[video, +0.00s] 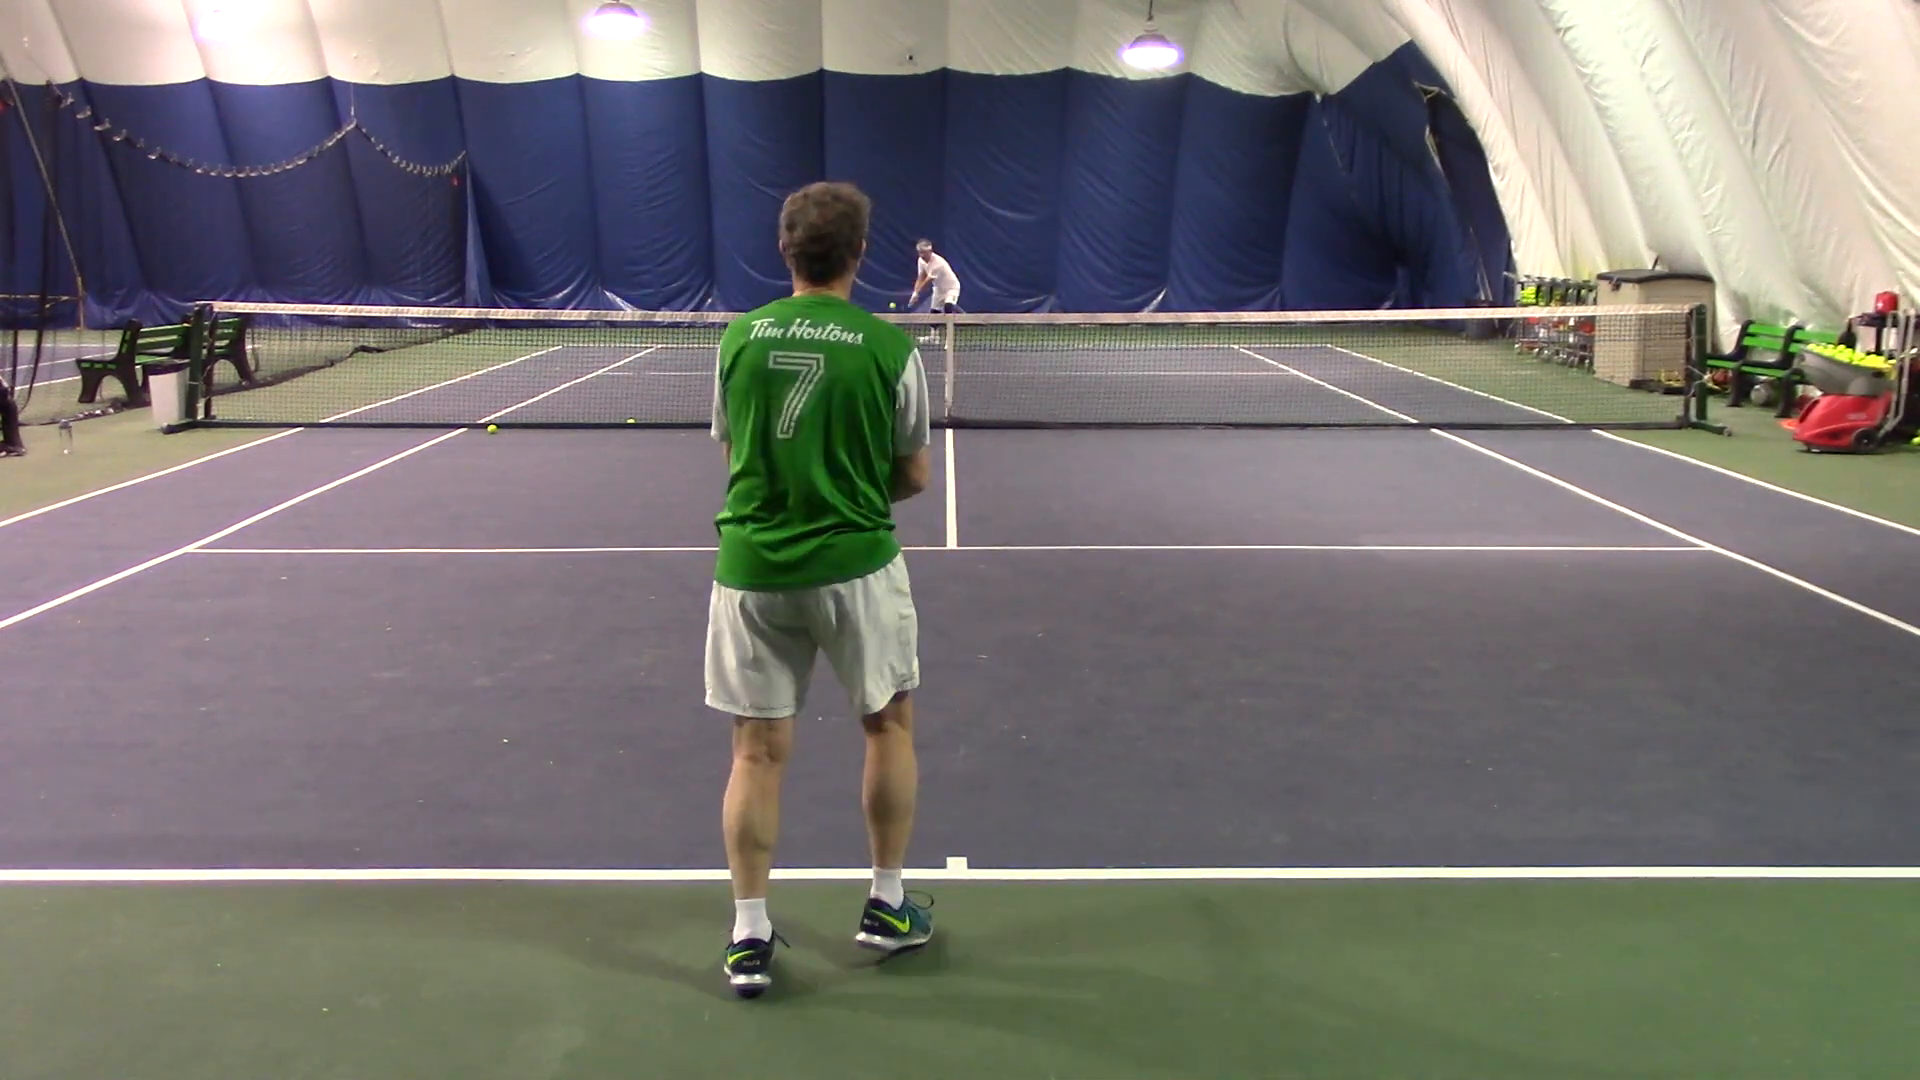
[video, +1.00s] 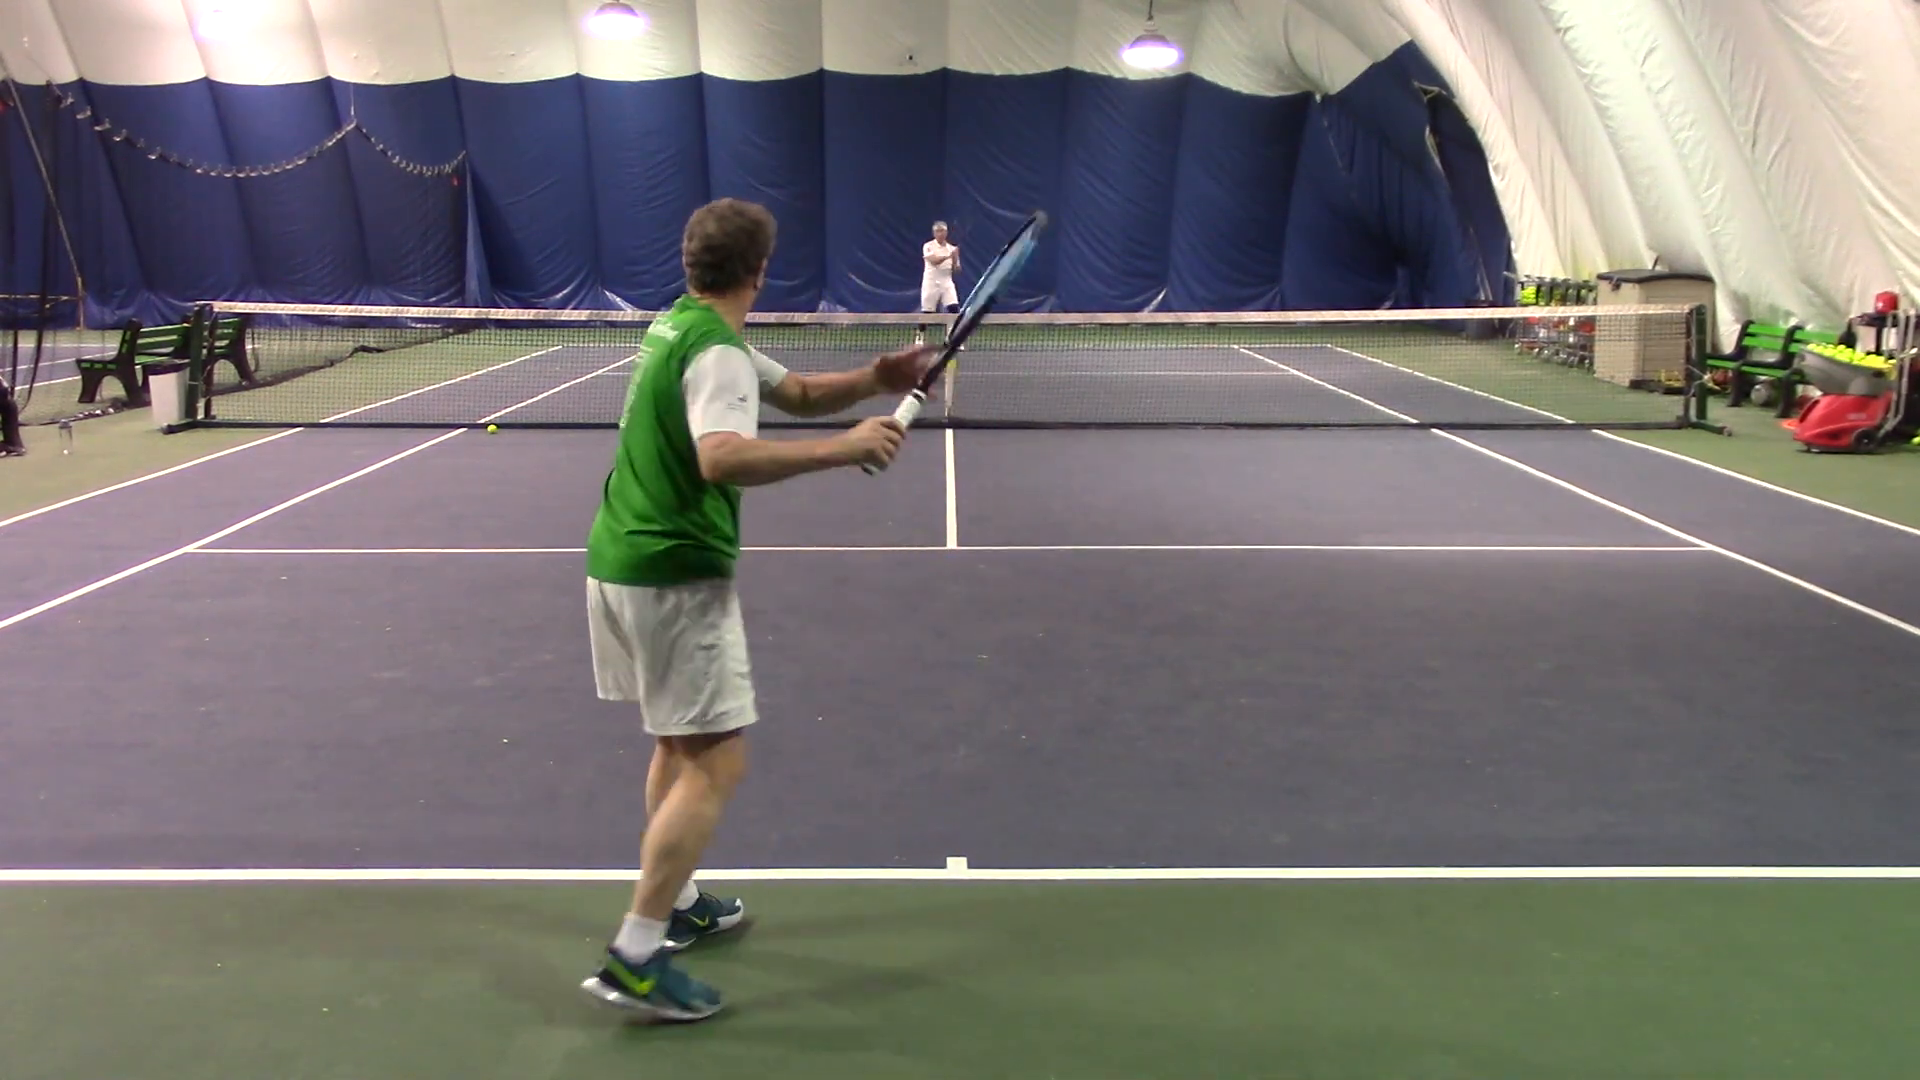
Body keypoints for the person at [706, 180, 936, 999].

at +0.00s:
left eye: (800, 240)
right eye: (856, 244)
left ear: (785, 252)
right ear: (860, 255)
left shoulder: (740, 337)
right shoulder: (892, 346)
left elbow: (734, 445)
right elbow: (913, 476)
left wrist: (812, 458)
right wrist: (846, 481)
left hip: (754, 568)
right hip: (859, 567)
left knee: (756, 750)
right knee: (888, 723)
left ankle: (748, 934)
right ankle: (887, 901)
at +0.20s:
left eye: (801, 242)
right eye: (865, 246)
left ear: (793, 254)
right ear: (868, 257)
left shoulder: (749, 343)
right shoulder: (902, 351)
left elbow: (730, 470)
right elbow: (926, 477)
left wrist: (789, 491)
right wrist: (865, 498)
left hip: (763, 573)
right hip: (865, 573)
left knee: (759, 733)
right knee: (875, 738)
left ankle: (749, 904)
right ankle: (881, 914)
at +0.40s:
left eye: (798, 242)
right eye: (861, 247)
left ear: (792, 253)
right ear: (867, 258)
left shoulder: (744, 340)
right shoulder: (898, 351)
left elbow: (718, 471)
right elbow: (928, 480)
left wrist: (771, 509)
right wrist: (863, 517)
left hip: (748, 567)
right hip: (851, 569)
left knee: (740, 716)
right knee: (867, 738)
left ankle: (702, 890)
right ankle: (880, 915)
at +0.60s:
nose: (837, 269)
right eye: (838, 259)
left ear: (762, 263)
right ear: (835, 269)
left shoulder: (714, 337)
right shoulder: (849, 357)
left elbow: (692, 435)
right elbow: (879, 498)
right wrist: (850, 556)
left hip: (700, 560)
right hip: (797, 567)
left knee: (705, 737)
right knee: (837, 739)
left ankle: (677, 902)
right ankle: (881, 912)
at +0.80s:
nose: (796, 274)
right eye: (796, 265)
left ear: (718, 266)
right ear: (788, 274)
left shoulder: (683, 336)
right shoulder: (767, 356)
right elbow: (789, 481)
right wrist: (874, 509)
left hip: (639, 563)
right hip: (721, 569)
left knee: (683, 733)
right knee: (788, 738)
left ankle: (674, 905)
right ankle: (795, 923)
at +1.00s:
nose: (769, 273)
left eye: (761, 260)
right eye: (769, 262)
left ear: (691, 265)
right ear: (759, 272)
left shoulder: (676, 330)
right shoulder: (718, 350)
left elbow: (791, 392)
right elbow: (721, 456)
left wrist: (877, 377)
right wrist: (840, 448)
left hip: (624, 570)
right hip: (677, 580)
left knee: (675, 746)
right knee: (717, 764)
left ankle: (669, 903)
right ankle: (634, 953)